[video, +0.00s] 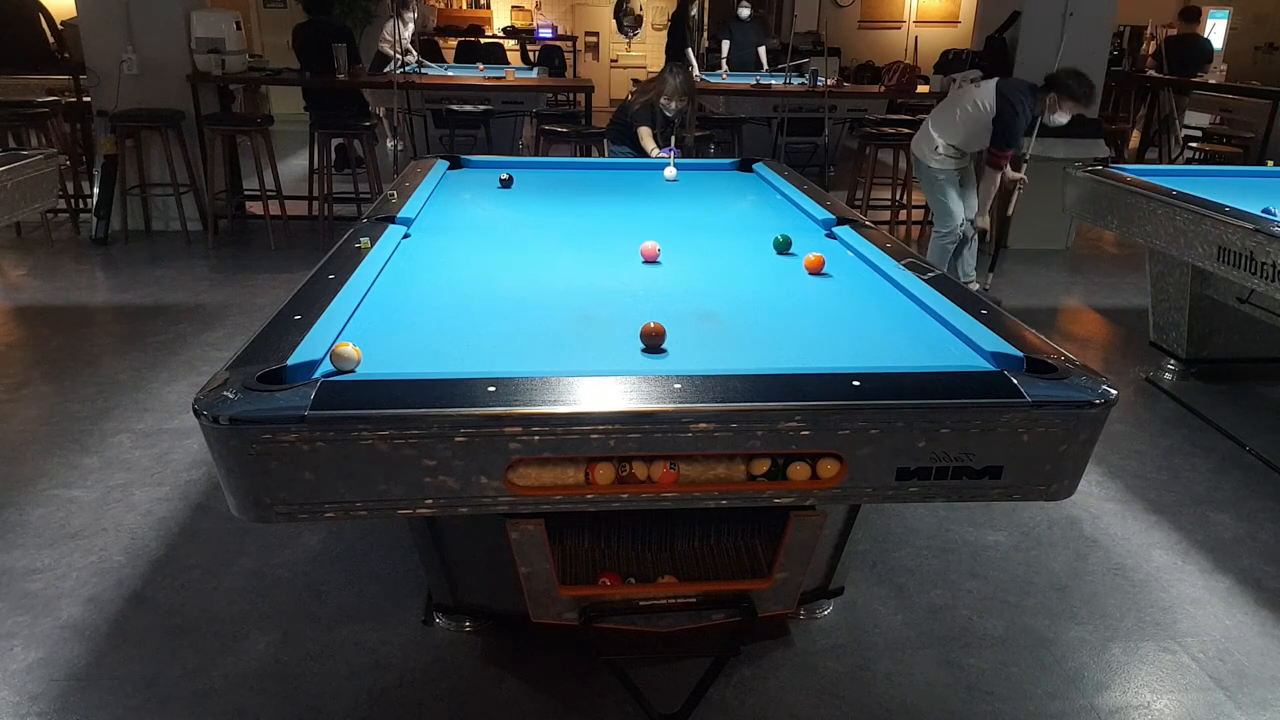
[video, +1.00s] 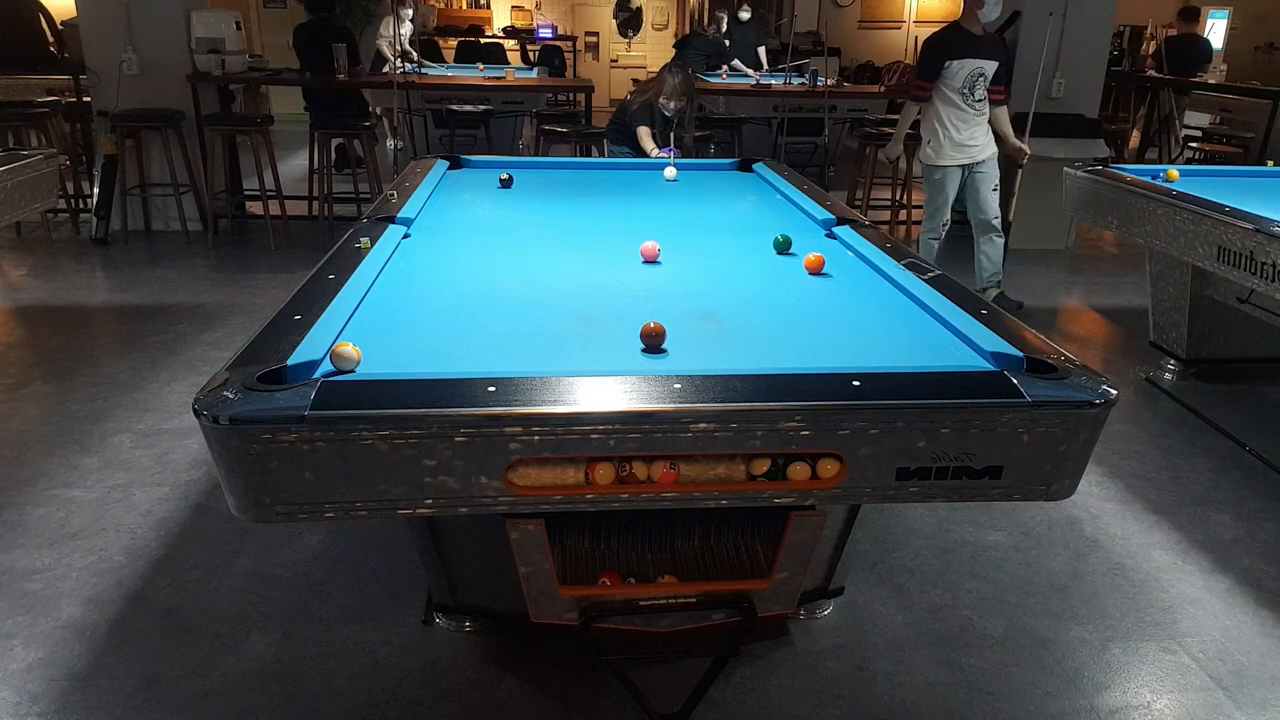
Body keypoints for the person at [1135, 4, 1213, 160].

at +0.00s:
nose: (1177, 24)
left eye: (1178, 21)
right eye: (1178, 21)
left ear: (1180, 21)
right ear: (1198, 22)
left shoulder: (1169, 41)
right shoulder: (1206, 44)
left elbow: (1150, 64)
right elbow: (1205, 70)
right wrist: (1189, 66)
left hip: (1163, 90)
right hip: (1185, 92)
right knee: (1175, 126)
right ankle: (1170, 160)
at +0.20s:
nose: (1176, 24)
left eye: (1177, 21)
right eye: (1178, 21)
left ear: (1179, 21)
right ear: (1198, 22)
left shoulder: (1169, 41)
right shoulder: (1205, 44)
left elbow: (1150, 64)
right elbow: (1205, 70)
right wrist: (1188, 65)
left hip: (1164, 91)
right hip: (1185, 92)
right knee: (1175, 126)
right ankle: (1170, 160)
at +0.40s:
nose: (1176, 24)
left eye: (1177, 21)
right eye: (1177, 21)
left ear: (1179, 21)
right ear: (1198, 22)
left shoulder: (1169, 41)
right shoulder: (1205, 44)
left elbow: (1150, 64)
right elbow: (1205, 70)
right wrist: (1188, 66)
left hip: (1163, 91)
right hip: (1185, 92)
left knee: (1144, 124)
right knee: (1175, 128)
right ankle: (1170, 162)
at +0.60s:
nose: (1176, 24)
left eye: (1177, 21)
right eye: (1177, 21)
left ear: (1179, 21)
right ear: (1198, 22)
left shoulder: (1169, 41)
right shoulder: (1205, 44)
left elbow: (1150, 64)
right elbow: (1205, 70)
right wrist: (1188, 66)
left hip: (1164, 91)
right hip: (1185, 92)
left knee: (1145, 124)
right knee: (1175, 128)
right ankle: (1170, 162)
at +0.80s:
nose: (1176, 24)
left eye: (1177, 21)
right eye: (1177, 21)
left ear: (1179, 21)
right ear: (1197, 22)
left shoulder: (1169, 41)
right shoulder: (1205, 44)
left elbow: (1150, 64)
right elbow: (1205, 70)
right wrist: (1188, 66)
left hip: (1164, 91)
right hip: (1185, 92)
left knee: (1145, 124)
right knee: (1175, 128)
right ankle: (1170, 162)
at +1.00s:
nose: (1176, 24)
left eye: (1176, 21)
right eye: (1177, 21)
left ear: (1178, 21)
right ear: (1197, 22)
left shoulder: (1169, 41)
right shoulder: (1205, 44)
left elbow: (1150, 64)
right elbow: (1205, 70)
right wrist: (1188, 66)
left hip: (1164, 90)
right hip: (1185, 91)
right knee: (1176, 125)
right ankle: (1171, 159)